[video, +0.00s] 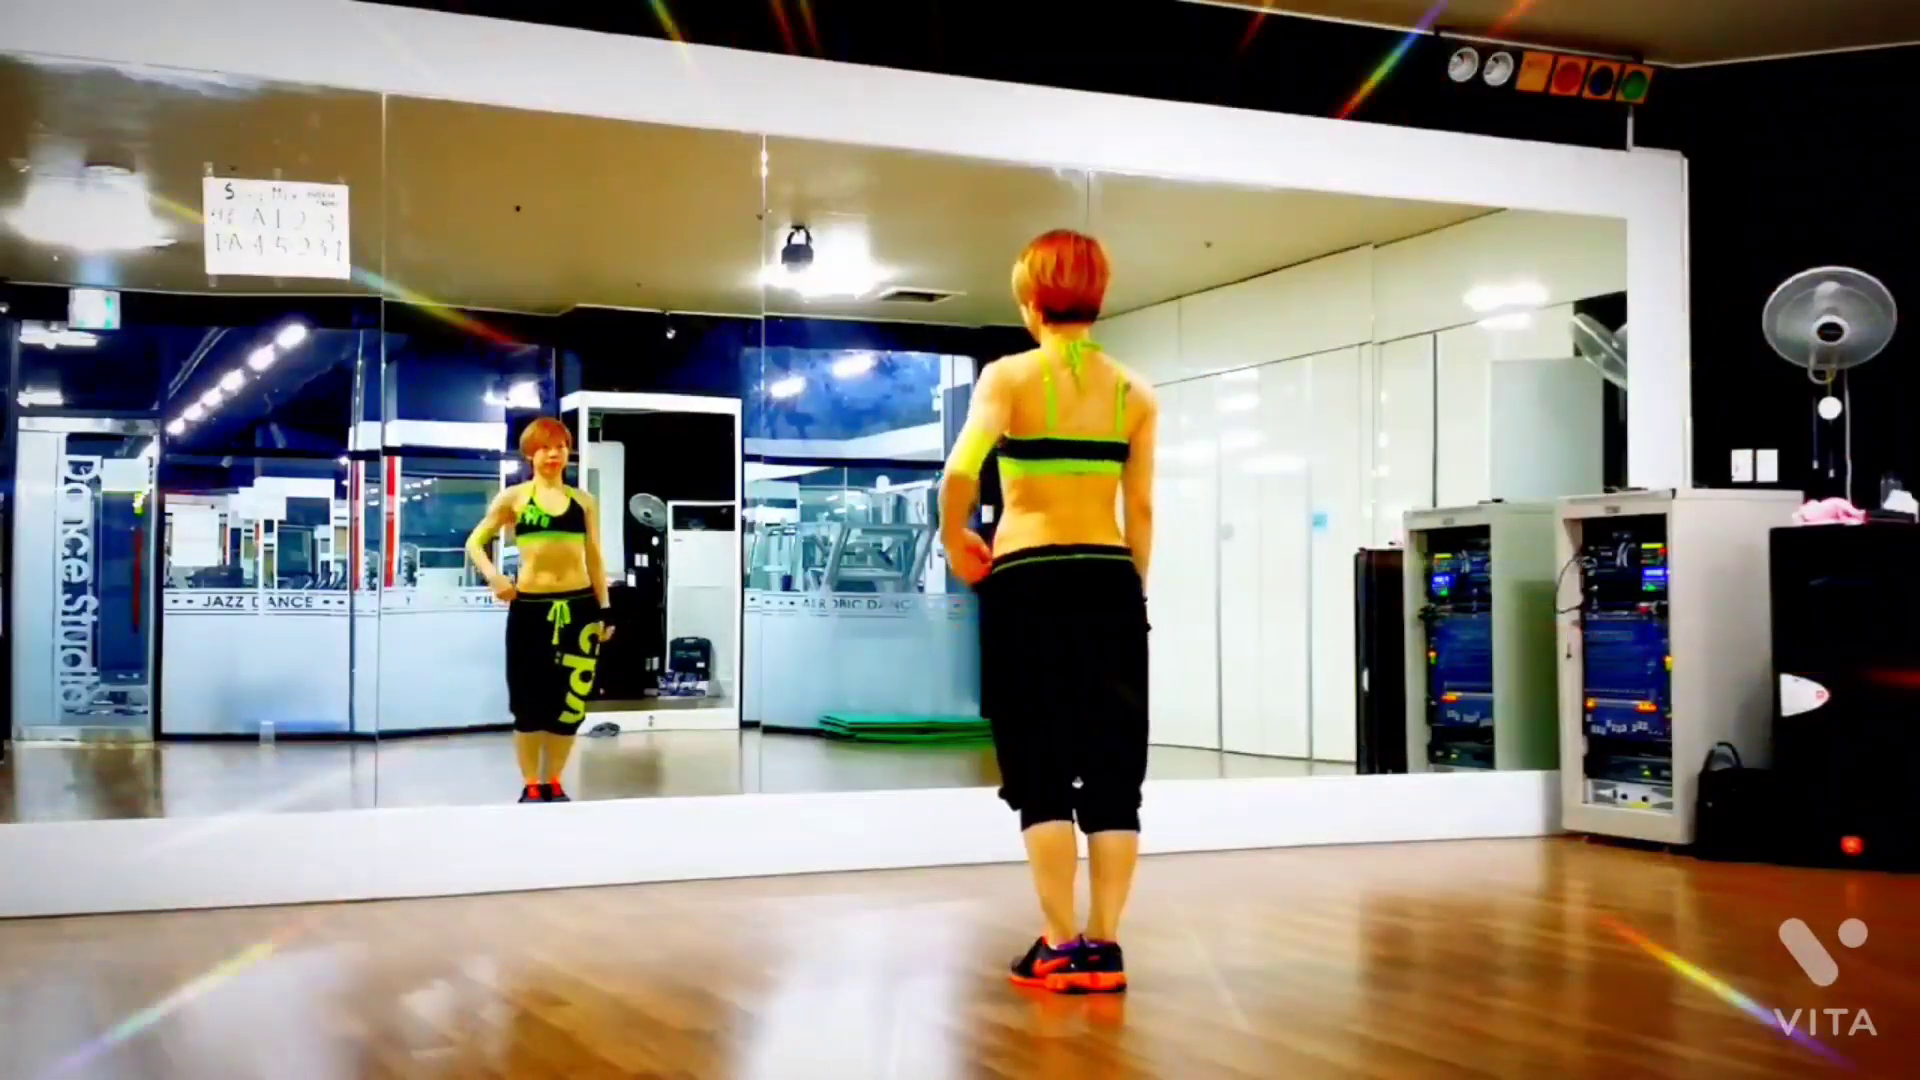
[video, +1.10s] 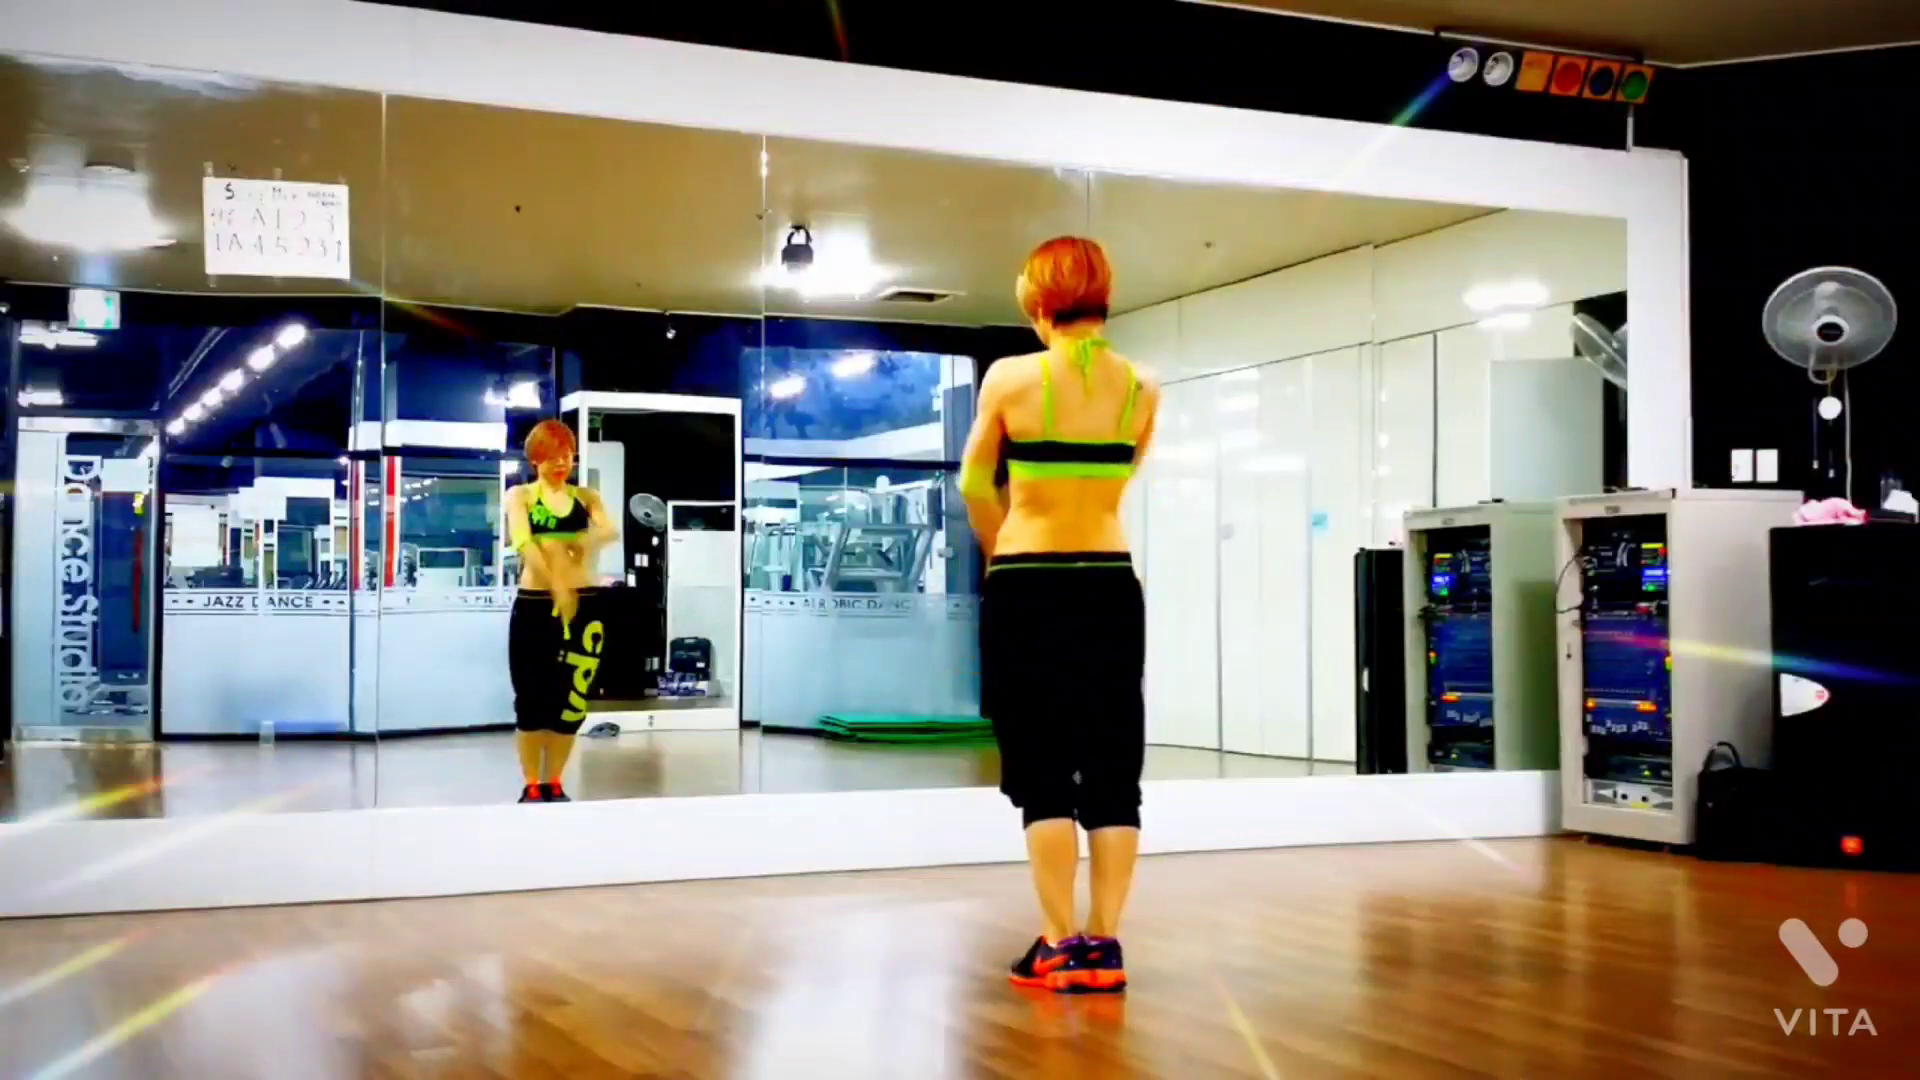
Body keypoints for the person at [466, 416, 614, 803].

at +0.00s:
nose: (552, 455)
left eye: (558, 448)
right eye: (544, 448)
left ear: (568, 454)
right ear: (530, 455)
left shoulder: (584, 501)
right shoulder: (514, 497)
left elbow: (595, 559)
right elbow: (475, 543)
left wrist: (604, 609)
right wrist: (496, 579)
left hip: (579, 606)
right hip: (531, 607)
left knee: (571, 701)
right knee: (530, 702)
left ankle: (552, 782)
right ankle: (532, 784)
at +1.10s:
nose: (560, 465)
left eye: (566, 457)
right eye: (551, 459)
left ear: (573, 458)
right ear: (535, 461)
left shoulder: (586, 496)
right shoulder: (519, 496)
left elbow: (611, 531)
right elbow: (525, 545)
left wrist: (577, 542)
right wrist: (557, 585)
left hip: (580, 603)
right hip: (533, 604)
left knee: (570, 697)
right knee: (532, 698)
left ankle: (553, 783)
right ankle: (531, 785)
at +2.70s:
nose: (548, 444)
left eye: (555, 439)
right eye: (540, 438)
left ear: (565, 447)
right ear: (528, 449)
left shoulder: (577, 482)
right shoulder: (517, 483)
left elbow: (575, 414)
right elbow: (518, 415)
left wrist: (563, 365)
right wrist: (524, 361)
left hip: (574, 600)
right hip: (527, 602)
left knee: (568, 702)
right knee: (527, 702)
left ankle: (553, 782)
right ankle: (531, 785)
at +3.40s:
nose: (546, 452)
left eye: (552, 446)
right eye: (537, 446)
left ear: (562, 452)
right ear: (522, 455)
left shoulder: (573, 488)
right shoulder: (513, 488)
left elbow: (579, 426)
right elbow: (512, 427)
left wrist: (564, 383)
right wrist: (517, 371)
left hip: (572, 601)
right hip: (524, 603)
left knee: (566, 702)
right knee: (526, 705)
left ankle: (552, 782)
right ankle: (531, 784)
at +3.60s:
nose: (548, 455)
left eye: (554, 448)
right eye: (540, 449)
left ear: (564, 453)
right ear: (524, 454)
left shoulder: (573, 482)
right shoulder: (513, 482)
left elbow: (594, 436)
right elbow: (483, 426)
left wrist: (616, 393)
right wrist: (450, 381)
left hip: (573, 601)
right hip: (525, 603)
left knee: (567, 699)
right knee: (524, 701)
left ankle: (553, 783)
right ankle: (530, 785)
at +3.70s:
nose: (550, 454)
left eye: (556, 448)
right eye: (541, 449)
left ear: (565, 453)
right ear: (527, 455)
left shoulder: (576, 485)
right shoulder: (513, 485)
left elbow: (609, 450)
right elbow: (467, 443)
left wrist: (637, 424)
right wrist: (421, 405)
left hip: (574, 604)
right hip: (526, 607)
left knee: (567, 701)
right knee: (526, 702)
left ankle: (552, 783)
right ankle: (531, 785)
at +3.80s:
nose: (552, 454)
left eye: (558, 448)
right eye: (543, 448)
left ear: (567, 453)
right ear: (527, 455)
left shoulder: (577, 489)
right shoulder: (514, 489)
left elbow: (620, 472)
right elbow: (460, 465)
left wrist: (659, 458)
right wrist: (404, 449)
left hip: (575, 603)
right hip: (527, 606)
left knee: (568, 700)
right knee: (527, 702)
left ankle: (553, 782)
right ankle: (531, 785)